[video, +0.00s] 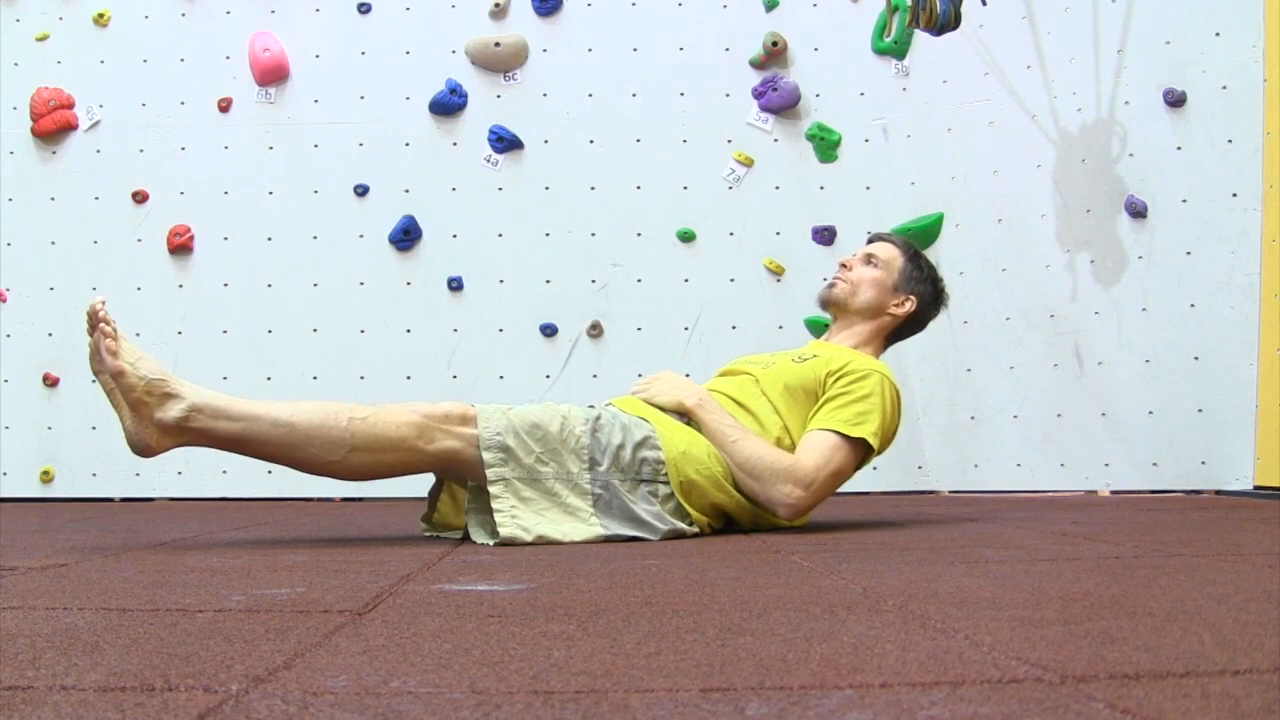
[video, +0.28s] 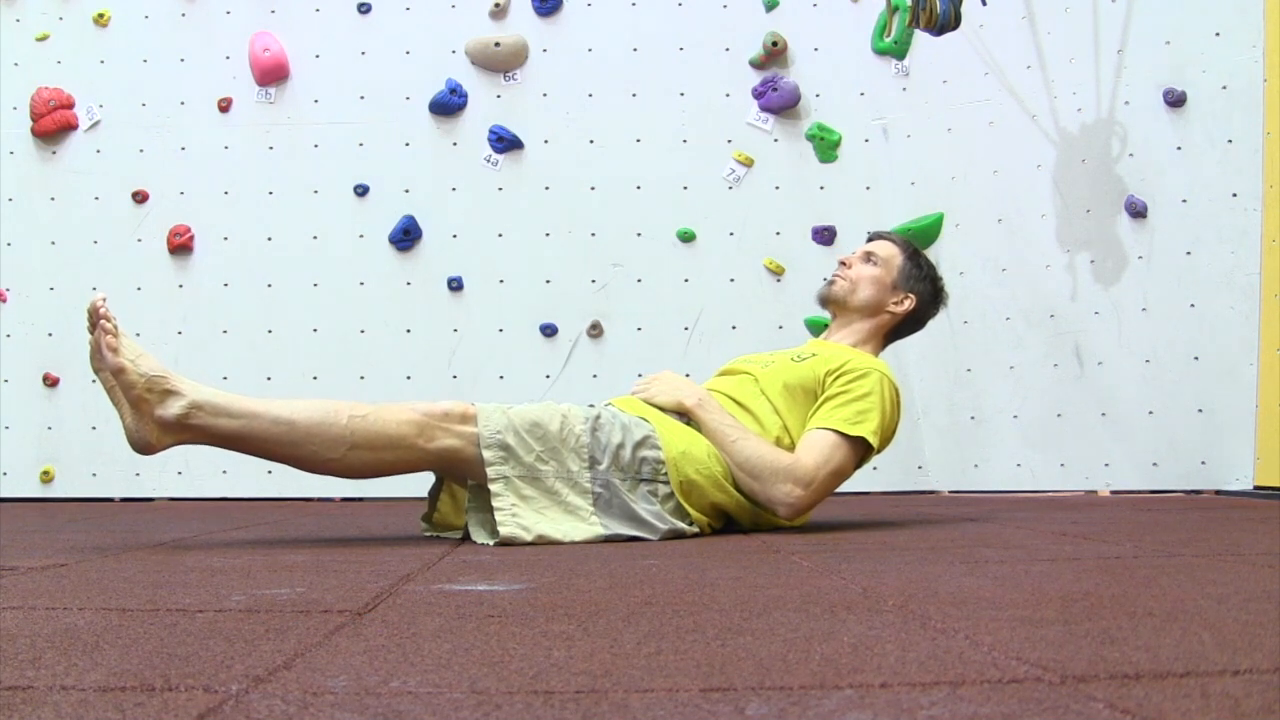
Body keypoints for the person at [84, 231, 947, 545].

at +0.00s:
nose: (848, 260)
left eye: (873, 259)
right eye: (857, 250)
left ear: (900, 306)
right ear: (863, 290)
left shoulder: (866, 380)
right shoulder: (809, 363)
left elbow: (792, 494)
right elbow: (758, 476)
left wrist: (699, 402)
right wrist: (678, 409)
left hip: (656, 460)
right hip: (640, 447)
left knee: (441, 431)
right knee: (429, 430)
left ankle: (175, 412)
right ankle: (177, 413)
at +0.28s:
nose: (848, 257)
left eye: (872, 257)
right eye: (858, 248)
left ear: (898, 304)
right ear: (863, 288)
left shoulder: (865, 378)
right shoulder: (805, 360)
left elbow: (791, 494)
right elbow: (751, 471)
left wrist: (700, 403)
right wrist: (675, 411)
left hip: (659, 461)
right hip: (640, 447)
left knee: (444, 430)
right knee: (433, 430)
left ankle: (176, 410)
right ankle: (178, 411)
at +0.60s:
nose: (849, 261)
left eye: (873, 261)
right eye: (859, 252)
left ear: (900, 308)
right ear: (865, 292)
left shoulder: (867, 381)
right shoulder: (807, 364)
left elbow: (793, 495)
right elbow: (755, 473)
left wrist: (701, 402)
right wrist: (673, 413)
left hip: (660, 462)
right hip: (639, 446)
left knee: (445, 428)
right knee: (435, 423)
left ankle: (178, 406)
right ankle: (180, 407)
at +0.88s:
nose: (848, 264)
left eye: (872, 264)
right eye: (858, 255)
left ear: (900, 311)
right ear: (869, 297)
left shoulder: (867, 383)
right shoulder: (811, 367)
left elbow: (794, 495)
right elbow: (757, 475)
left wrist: (700, 402)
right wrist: (675, 410)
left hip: (653, 460)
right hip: (636, 446)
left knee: (438, 426)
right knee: (431, 423)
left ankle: (177, 402)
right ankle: (178, 403)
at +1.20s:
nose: (850, 266)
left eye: (873, 266)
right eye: (858, 257)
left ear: (902, 311)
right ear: (859, 291)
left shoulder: (867, 382)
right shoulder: (800, 365)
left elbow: (794, 495)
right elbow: (745, 466)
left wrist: (701, 402)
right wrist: (663, 412)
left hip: (654, 461)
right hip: (626, 449)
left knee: (444, 417)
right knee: (402, 446)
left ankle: (188, 374)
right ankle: (162, 446)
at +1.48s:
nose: (839, 260)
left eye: (863, 257)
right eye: (845, 250)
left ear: (897, 300)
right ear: (848, 284)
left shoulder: (864, 375)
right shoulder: (796, 362)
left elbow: (792, 493)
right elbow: (741, 465)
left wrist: (699, 401)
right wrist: (665, 408)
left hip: (659, 456)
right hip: (630, 450)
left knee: (448, 405)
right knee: (415, 452)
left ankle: (189, 336)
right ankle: (184, 462)